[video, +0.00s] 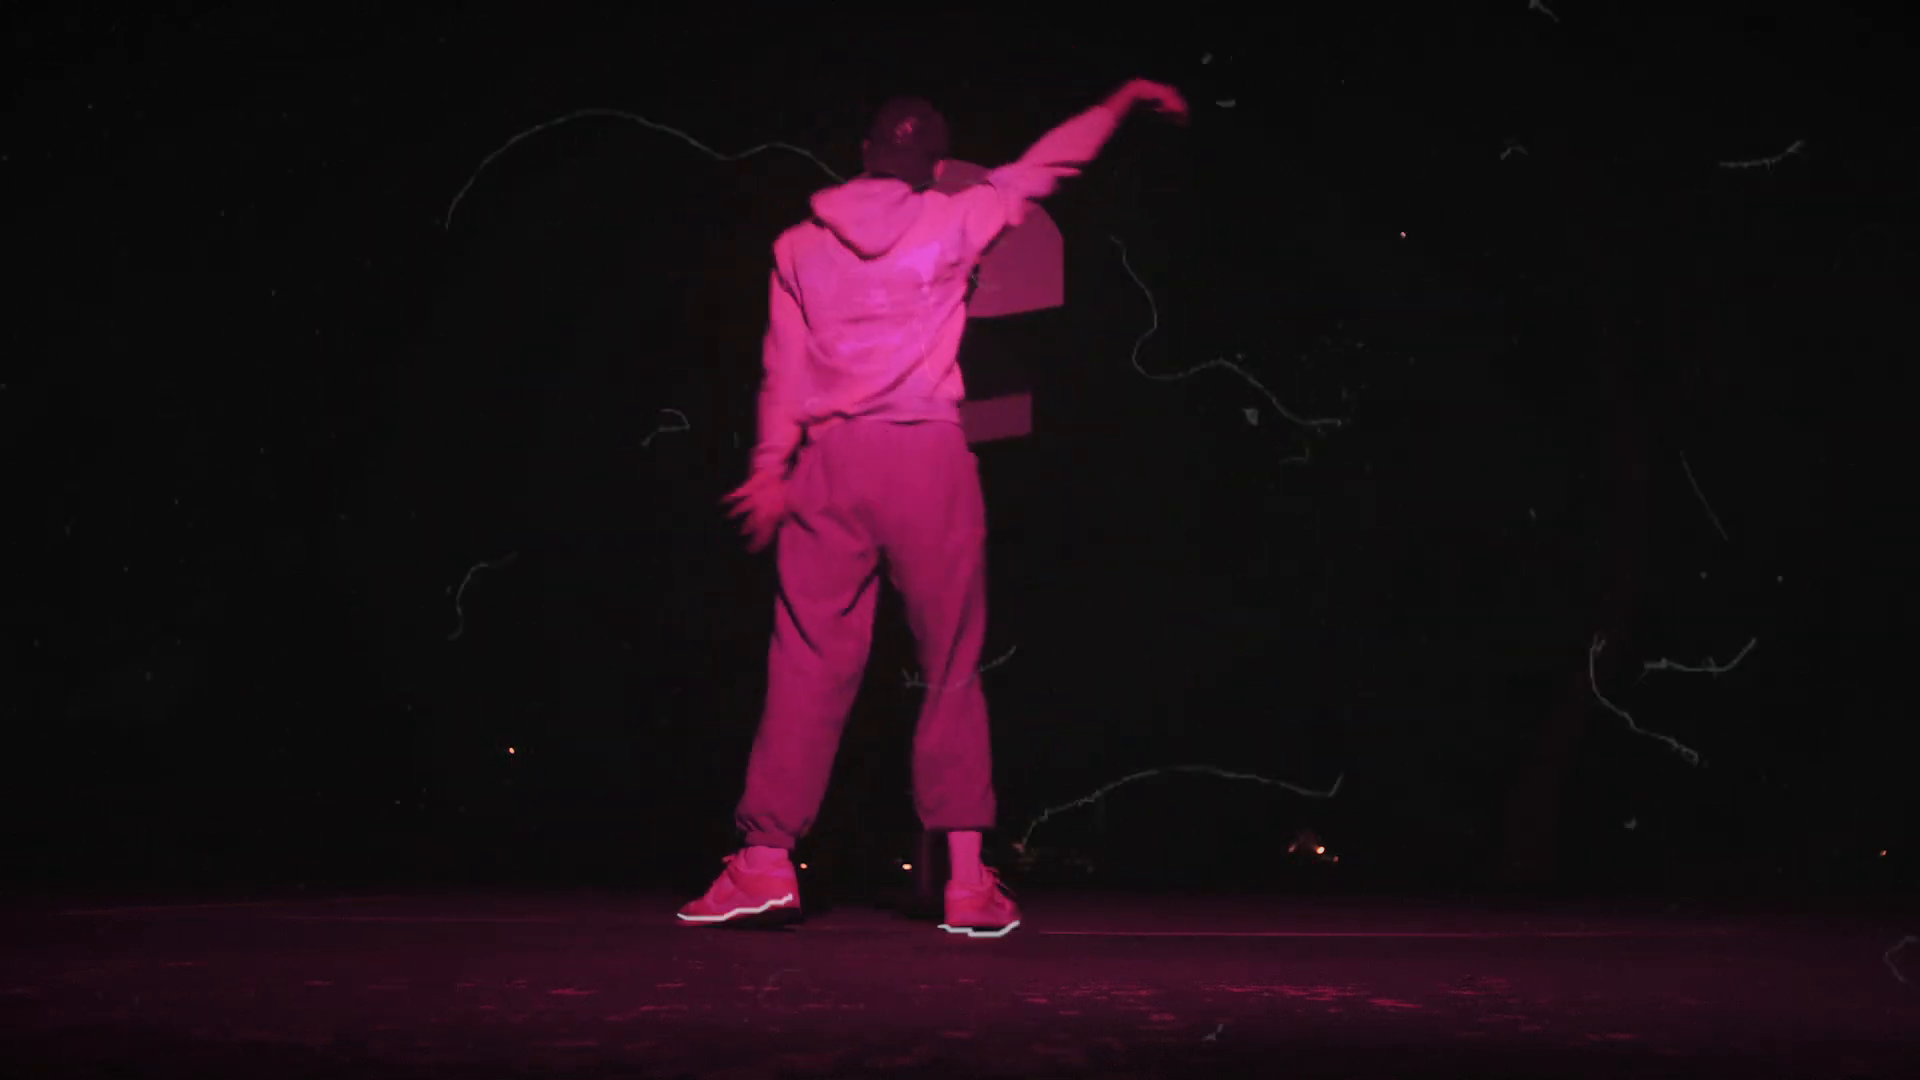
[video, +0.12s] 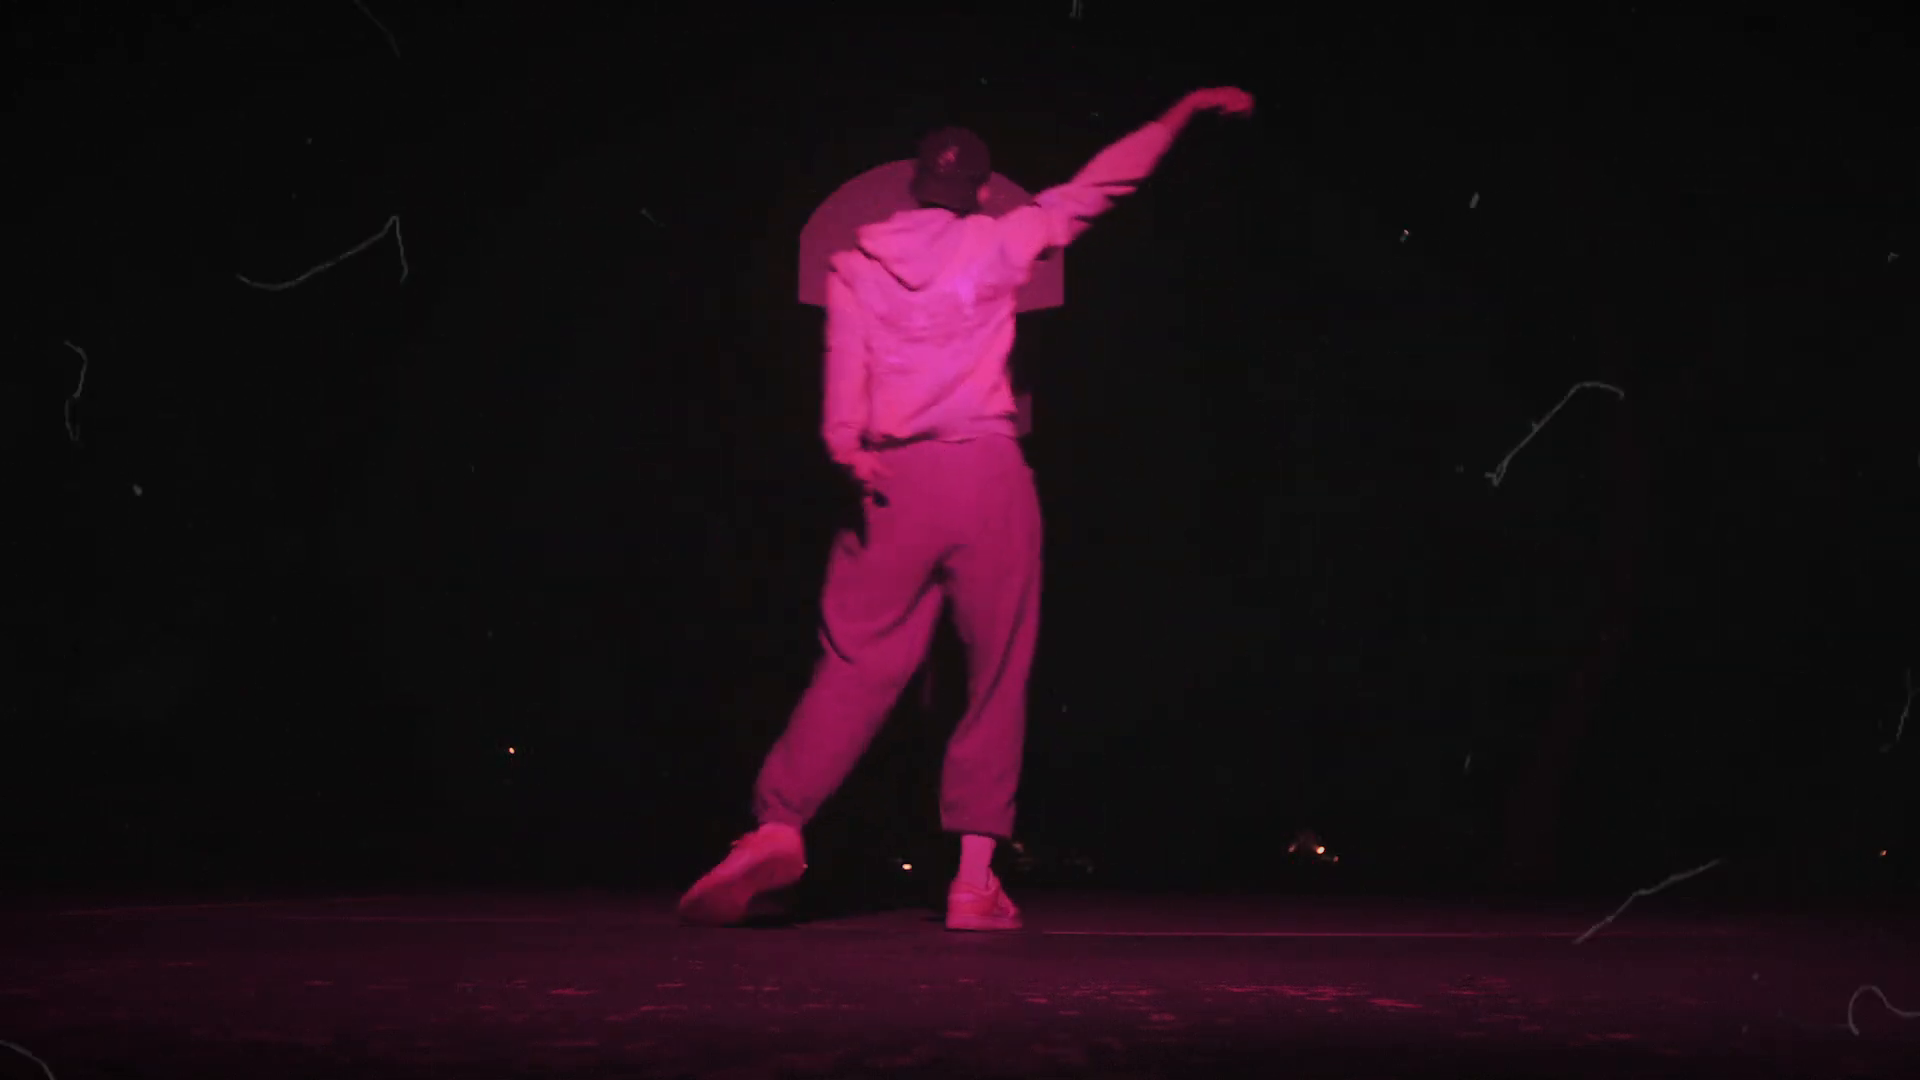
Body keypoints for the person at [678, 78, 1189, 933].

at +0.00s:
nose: (945, 174)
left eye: (933, 159)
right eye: (942, 162)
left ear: (862, 156)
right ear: (935, 164)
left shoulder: (799, 246)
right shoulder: (951, 221)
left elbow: (782, 373)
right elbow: (1043, 168)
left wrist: (769, 471)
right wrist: (1122, 100)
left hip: (825, 464)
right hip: (923, 462)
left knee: (809, 658)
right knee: (950, 663)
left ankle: (764, 859)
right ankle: (966, 878)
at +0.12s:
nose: (985, 194)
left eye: (970, 182)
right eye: (986, 186)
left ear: (910, 186)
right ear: (982, 191)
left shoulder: (856, 263)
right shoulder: (1001, 241)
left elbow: (844, 370)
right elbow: (1100, 184)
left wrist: (845, 445)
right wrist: (1184, 110)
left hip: (893, 476)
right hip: (987, 471)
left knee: (858, 658)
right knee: (998, 666)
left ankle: (778, 827)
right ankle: (975, 872)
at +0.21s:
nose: (1013, 204)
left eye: (1004, 193)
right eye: (1010, 195)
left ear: (929, 195)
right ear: (998, 198)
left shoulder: (873, 273)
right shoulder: (1015, 250)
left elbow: (859, 385)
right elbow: (1114, 193)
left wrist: (865, 457)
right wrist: (1202, 113)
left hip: (914, 482)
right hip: (1004, 475)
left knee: (875, 662)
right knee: (1010, 670)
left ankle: (798, 820)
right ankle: (976, 877)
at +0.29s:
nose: (1045, 207)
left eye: (1039, 196)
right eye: (1042, 197)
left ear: (968, 200)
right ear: (1031, 203)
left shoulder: (907, 277)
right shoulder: (1045, 254)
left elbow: (891, 385)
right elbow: (1154, 207)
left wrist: (886, 474)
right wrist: (1237, 126)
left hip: (943, 483)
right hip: (1031, 478)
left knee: (917, 671)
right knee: (1016, 674)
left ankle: (855, 819)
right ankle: (977, 879)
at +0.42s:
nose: (1092, 239)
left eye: (1088, 227)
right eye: (1091, 229)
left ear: (1020, 227)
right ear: (1078, 232)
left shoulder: (954, 310)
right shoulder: (1086, 281)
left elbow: (930, 424)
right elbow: (1213, 268)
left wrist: (924, 522)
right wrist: (1282, 186)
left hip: (974, 485)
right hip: (1059, 476)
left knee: (983, 672)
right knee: (1035, 670)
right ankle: (974, 875)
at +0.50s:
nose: (1124, 270)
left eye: (1124, 259)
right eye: (1125, 260)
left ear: (1059, 249)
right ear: (1114, 259)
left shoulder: (991, 336)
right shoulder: (1114, 308)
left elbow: (959, 445)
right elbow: (1240, 319)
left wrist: (957, 542)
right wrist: (1309, 257)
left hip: (999, 500)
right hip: (1079, 491)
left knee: (1049, 666)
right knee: (1040, 667)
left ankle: (1073, 865)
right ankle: (976, 869)